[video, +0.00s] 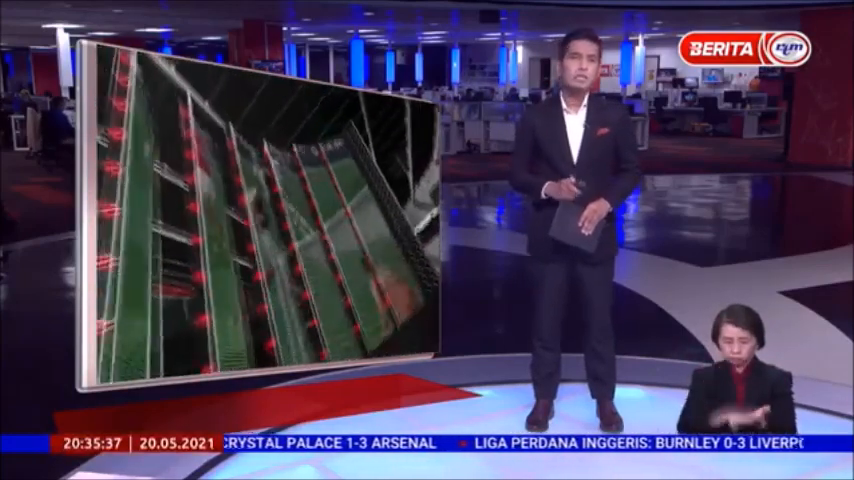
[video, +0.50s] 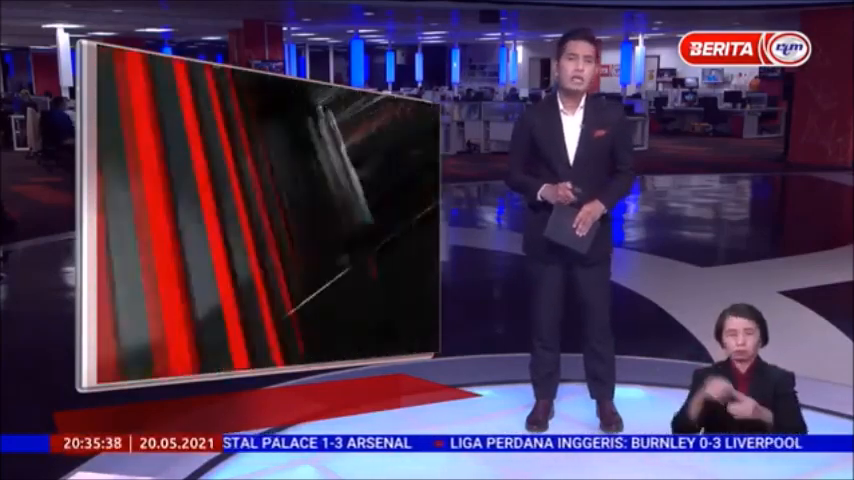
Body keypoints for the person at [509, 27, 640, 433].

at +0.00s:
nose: (582, 66)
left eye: (591, 59)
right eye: (575, 58)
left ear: (600, 69)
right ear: (560, 65)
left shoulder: (614, 112)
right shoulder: (535, 115)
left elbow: (631, 170)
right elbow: (517, 173)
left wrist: (607, 201)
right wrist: (549, 188)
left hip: (596, 231)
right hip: (549, 230)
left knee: (598, 320)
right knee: (547, 319)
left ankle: (605, 400)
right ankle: (543, 398)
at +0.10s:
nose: (582, 66)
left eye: (591, 59)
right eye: (575, 57)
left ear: (600, 68)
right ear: (560, 64)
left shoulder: (613, 112)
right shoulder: (536, 114)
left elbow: (629, 170)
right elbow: (516, 173)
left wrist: (604, 202)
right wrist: (549, 189)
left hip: (595, 229)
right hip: (548, 229)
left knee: (598, 319)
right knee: (547, 319)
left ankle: (605, 399)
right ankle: (543, 398)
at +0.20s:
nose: (582, 66)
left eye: (591, 60)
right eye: (575, 58)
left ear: (600, 69)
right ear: (560, 64)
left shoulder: (612, 113)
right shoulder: (536, 113)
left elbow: (626, 171)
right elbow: (515, 172)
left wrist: (601, 203)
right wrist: (547, 189)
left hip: (594, 230)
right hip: (547, 230)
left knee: (598, 319)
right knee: (546, 319)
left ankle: (605, 399)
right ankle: (543, 398)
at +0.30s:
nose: (582, 67)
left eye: (590, 60)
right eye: (575, 58)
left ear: (600, 69)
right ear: (559, 65)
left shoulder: (612, 114)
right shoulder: (535, 114)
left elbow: (626, 171)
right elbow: (515, 173)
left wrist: (601, 203)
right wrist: (547, 190)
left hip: (593, 231)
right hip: (547, 230)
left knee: (598, 320)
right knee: (546, 320)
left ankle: (605, 399)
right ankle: (543, 399)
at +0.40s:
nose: (580, 67)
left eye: (589, 60)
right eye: (573, 59)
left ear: (599, 70)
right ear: (558, 65)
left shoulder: (611, 114)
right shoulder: (534, 114)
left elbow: (625, 171)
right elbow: (514, 173)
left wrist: (601, 203)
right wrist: (545, 190)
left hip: (593, 231)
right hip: (546, 230)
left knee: (597, 320)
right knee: (546, 320)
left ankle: (605, 399)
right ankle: (543, 399)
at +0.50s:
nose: (578, 67)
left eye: (587, 60)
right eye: (571, 58)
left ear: (597, 70)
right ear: (556, 65)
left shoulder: (611, 114)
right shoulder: (533, 115)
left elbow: (625, 171)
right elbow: (514, 173)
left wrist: (601, 203)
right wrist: (544, 190)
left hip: (592, 231)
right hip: (545, 231)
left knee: (597, 320)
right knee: (545, 320)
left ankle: (605, 399)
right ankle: (543, 399)